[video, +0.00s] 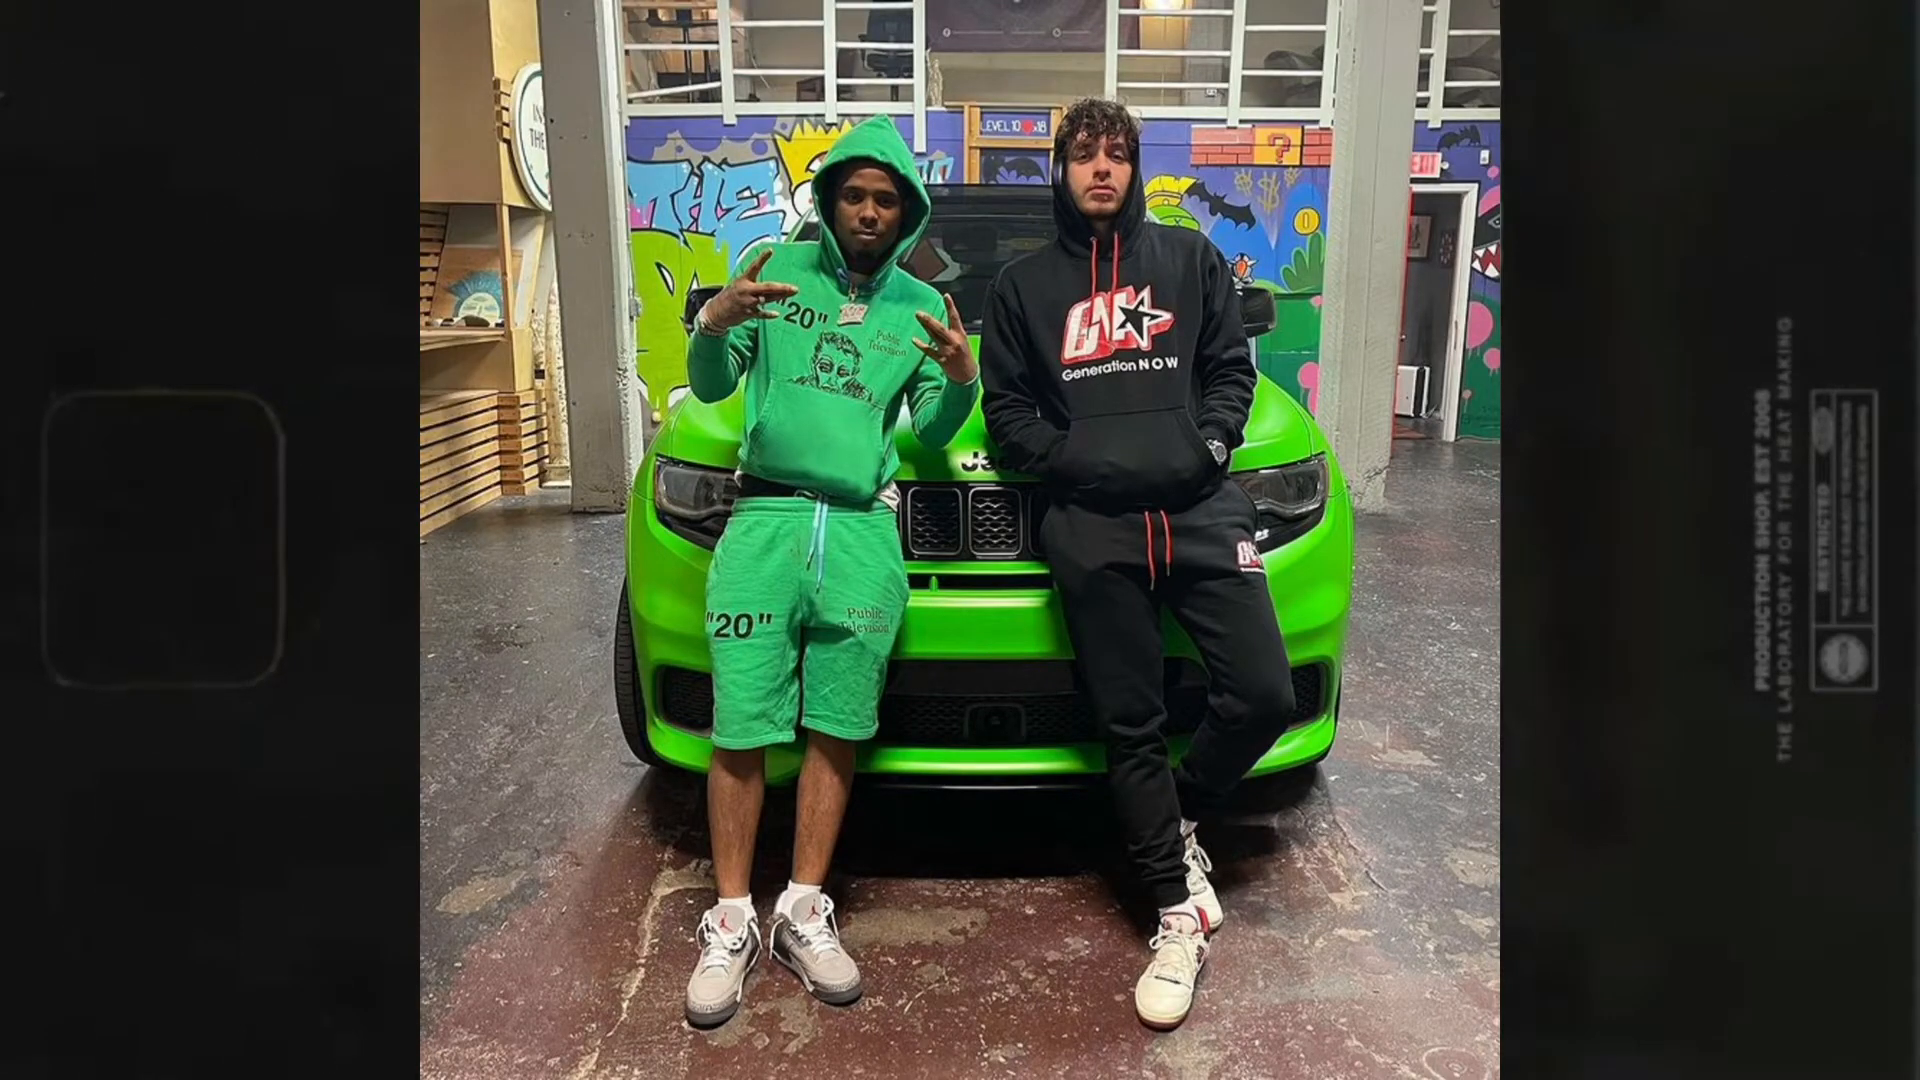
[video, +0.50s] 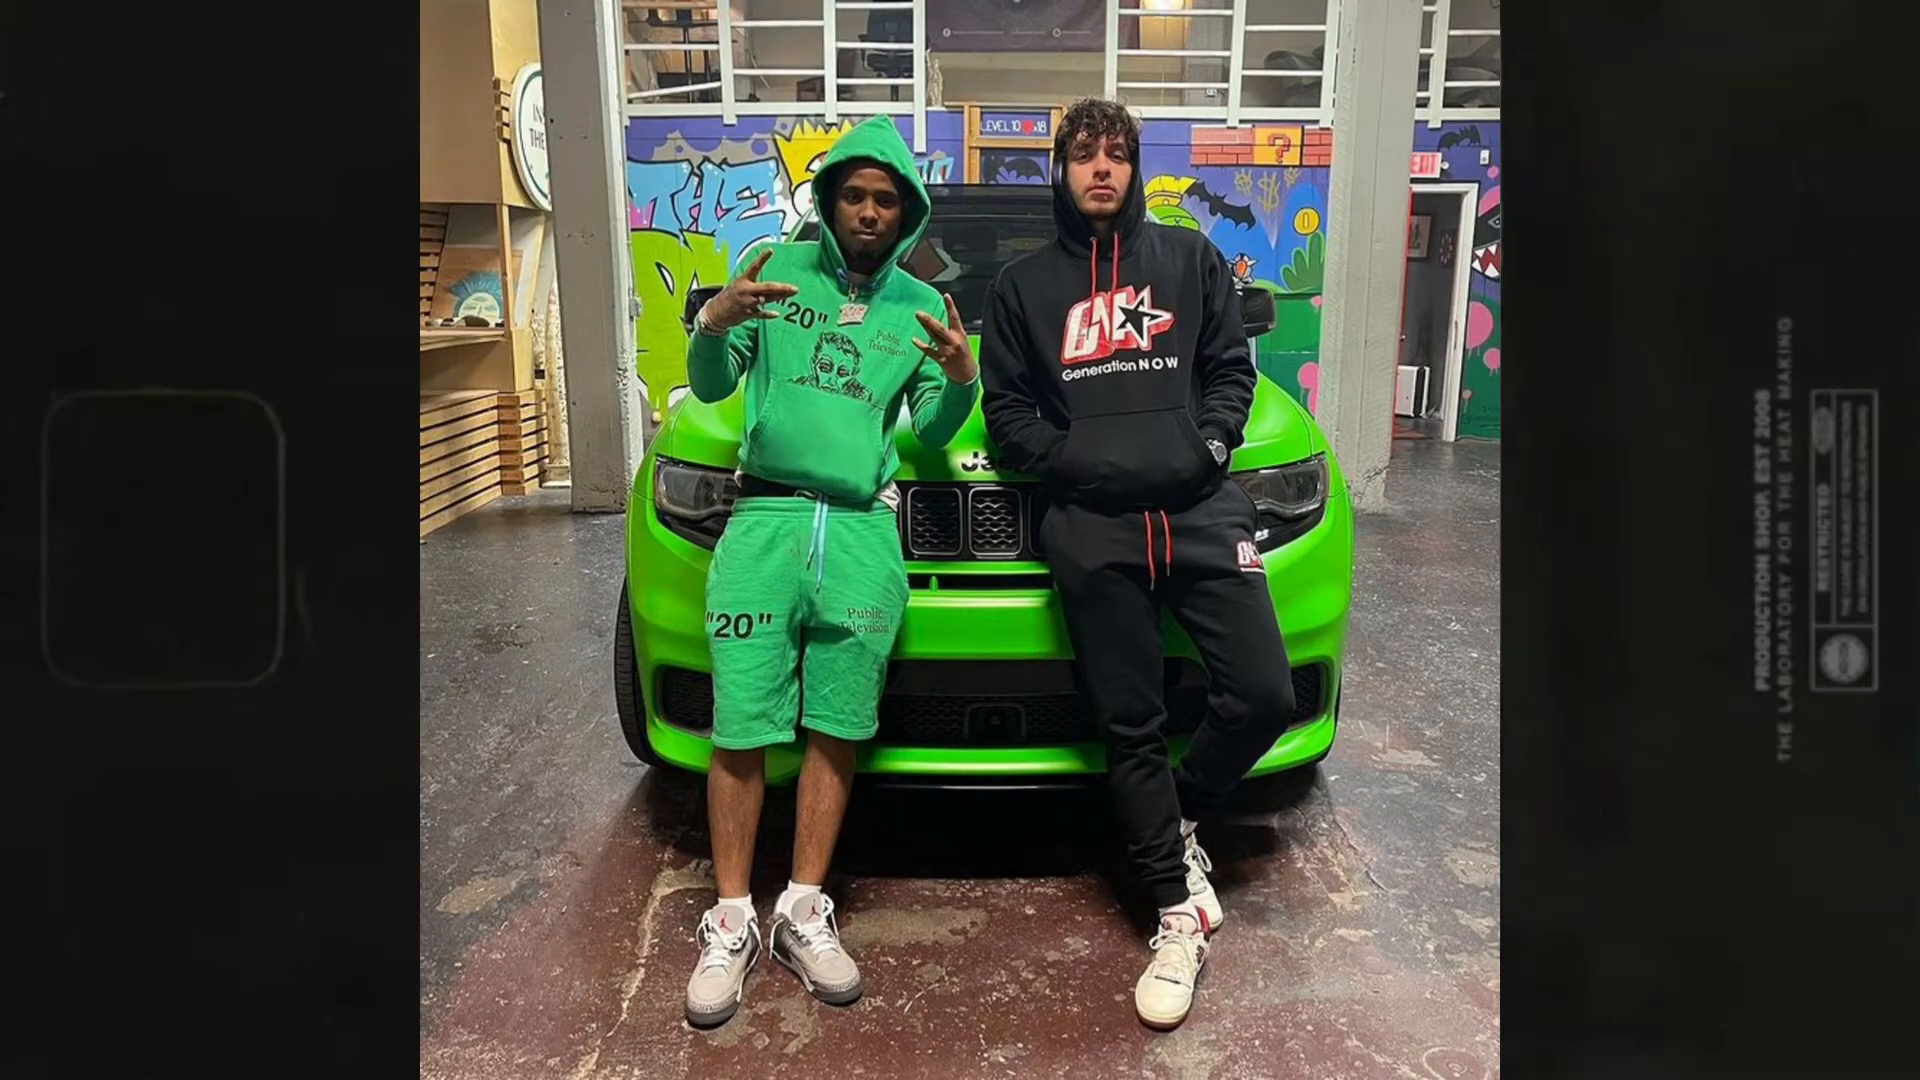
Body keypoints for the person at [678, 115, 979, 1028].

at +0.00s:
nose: (869, 213)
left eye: (885, 199)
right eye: (855, 196)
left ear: (906, 212)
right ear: (827, 202)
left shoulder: (923, 306)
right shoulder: (775, 267)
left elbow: (923, 439)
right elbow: (712, 384)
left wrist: (960, 380)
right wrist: (712, 322)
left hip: (861, 527)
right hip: (764, 516)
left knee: (838, 728)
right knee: (741, 729)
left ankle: (805, 909)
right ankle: (732, 919)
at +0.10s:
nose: (867, 212)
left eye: (884, 198)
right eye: (853, 196)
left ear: (906, 211)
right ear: (827, 202)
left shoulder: (923, 305)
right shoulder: (776, 268)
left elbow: (924, 440)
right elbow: (712, 384)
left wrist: (961, 381)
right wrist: (712, 322)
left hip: (860, 527)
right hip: (762, 517)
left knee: (839, 728)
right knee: (741, 728)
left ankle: (804, 908)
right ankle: (732, 919)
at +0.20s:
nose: (868, 212)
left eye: (884, 198)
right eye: (854, 196)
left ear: (906, 211)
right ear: (827, 202)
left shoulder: (923, 305)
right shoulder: (776, 267)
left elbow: (924, 440)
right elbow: (712, 384)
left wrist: (961, 381)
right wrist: (713, 322)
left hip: (860, 527)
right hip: (763, 517)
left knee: (838, 729)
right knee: (741, 729)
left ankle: (805, 908)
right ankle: (731, 919)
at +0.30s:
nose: (868, 212)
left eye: (885, 198)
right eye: (854, 196)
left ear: (906, 212)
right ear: (827, 203)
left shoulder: (924, 305)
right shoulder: (777, 266)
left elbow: (924, 439)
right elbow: (711, 383)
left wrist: (960, 381)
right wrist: (714, 321)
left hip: (861, 527)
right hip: (764, 517)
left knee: (838, 729)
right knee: (741, 729)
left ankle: (805, 908)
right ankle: (732, 920)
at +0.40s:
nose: (868, 212)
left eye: (885, 198)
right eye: (854, 196)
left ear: (906, 212)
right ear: (827, 203)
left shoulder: (924, 305)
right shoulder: (777, 266)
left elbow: (924, 439)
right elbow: (711, 383)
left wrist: (960, 381)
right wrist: (714, 321)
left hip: (861, 527)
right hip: (764, 517)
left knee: (838, 729)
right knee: (741, 729)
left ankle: (805, 908)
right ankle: (732, 920)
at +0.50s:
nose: (868, 212)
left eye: (885, 198)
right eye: (854, 196)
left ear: (906, 212)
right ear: (827, 203)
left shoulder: (923, 305)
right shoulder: (777, 266)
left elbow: (924, 439)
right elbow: (712, 384)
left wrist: (961, 380)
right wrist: (714, 321)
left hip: (861, 527)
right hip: (763, 517)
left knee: (838, 729)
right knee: (741, 729)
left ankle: (805, 909)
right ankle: (732, 920)